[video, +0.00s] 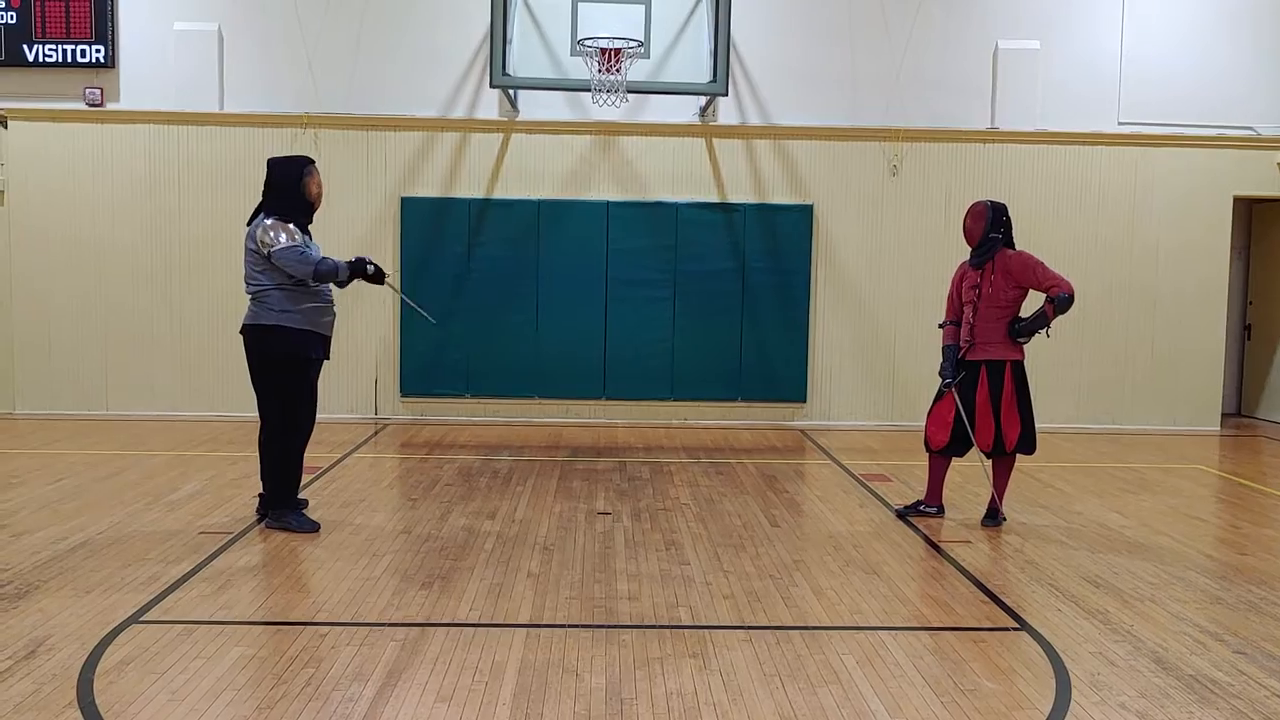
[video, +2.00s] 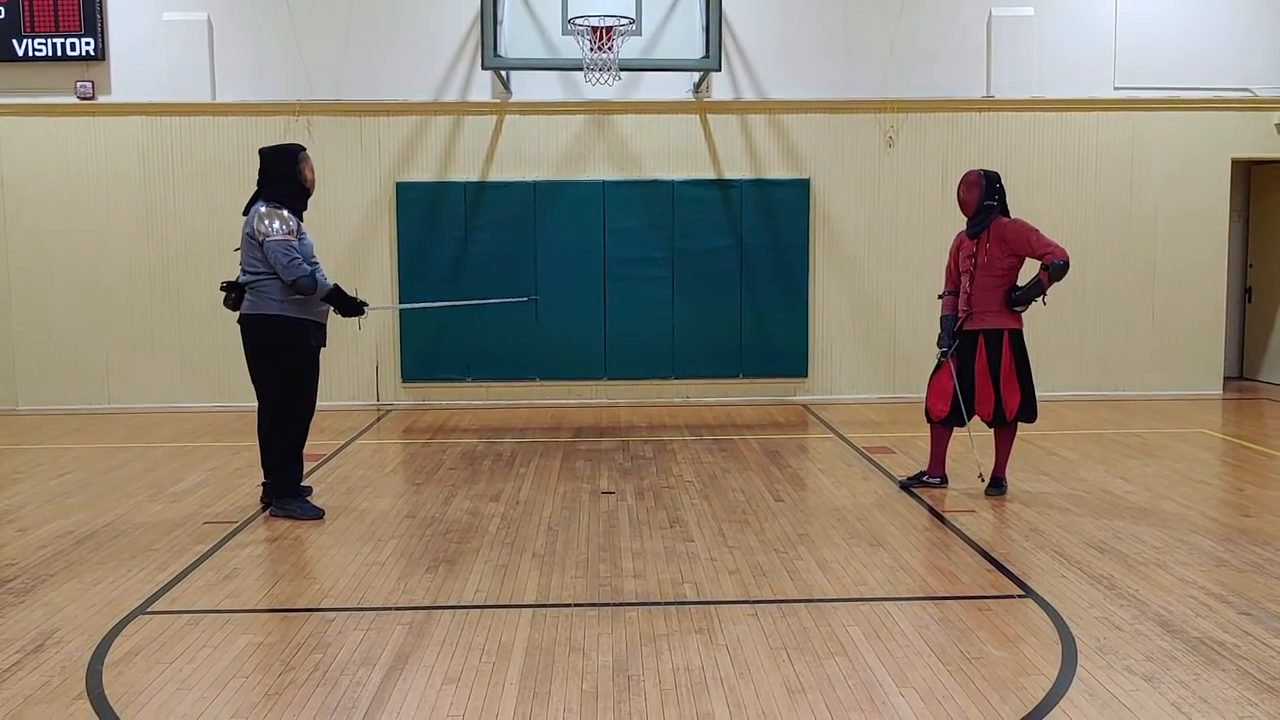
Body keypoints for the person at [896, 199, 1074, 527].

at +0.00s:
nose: (966, 229)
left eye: (972, 222)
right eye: (967, 222)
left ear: (991, 225)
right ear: (979, 226)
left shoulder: (1015, 261)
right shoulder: (965, 270)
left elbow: (1063, 292)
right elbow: (952, 319)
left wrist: (1032, 324)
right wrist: (949, 358)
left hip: (1003, 363)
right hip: (965, 363)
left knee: (1004, 434)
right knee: (941, 426)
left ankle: (995, 506)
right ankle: (932, 500)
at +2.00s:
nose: (960, 198)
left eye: (966, 190)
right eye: (959, 191)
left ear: (986, 194)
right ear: (966, 195)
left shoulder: (1009, 229)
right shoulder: (962, 240)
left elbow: (1058, 259)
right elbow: (951, 290)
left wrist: (1028, 292)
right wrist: (947, 328)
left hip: (1002, 332)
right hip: (964, 333)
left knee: (1004, 402)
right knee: (941, 395)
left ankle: (998, 475)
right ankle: (935, 471)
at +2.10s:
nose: (960, 195)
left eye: (966, 188)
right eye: (960, 189)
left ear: (987, 192)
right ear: (965, 193)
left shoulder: (1009, 226)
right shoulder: (962, 238)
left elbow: (1058, 257)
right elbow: (951, 287)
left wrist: (1028, 290)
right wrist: (946, 326)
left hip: (1001, 329)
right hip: (965, 330)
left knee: (1004, 400)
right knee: (941, 393)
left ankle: (998, 473)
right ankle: (935, 469)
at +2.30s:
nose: (959, 192)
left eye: (965, 185)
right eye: (959, 186)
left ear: (985, 188)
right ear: (969, 189)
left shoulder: (1009, 223)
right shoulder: (962, 234)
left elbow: (1058, 254)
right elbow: (951, 284)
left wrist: (1028, 287)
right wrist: (945, 323)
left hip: (1001, 326)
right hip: (964, 326)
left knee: (1004, 396)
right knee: (940, 390)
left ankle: (998, 470)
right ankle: (935, 466)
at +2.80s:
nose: (960, 186)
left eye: (966, 179)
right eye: (960, 180)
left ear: (986, 182)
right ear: (969, 183)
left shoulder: (1010, 217)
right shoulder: (962, 229)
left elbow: (1059, 249)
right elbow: (949, 280)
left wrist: (1029, 281)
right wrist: (935, 320)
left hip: (1001, 321)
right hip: (965, 322)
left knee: (1003, 392)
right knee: (940, 385)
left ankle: (997, 464)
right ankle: (934, 460)